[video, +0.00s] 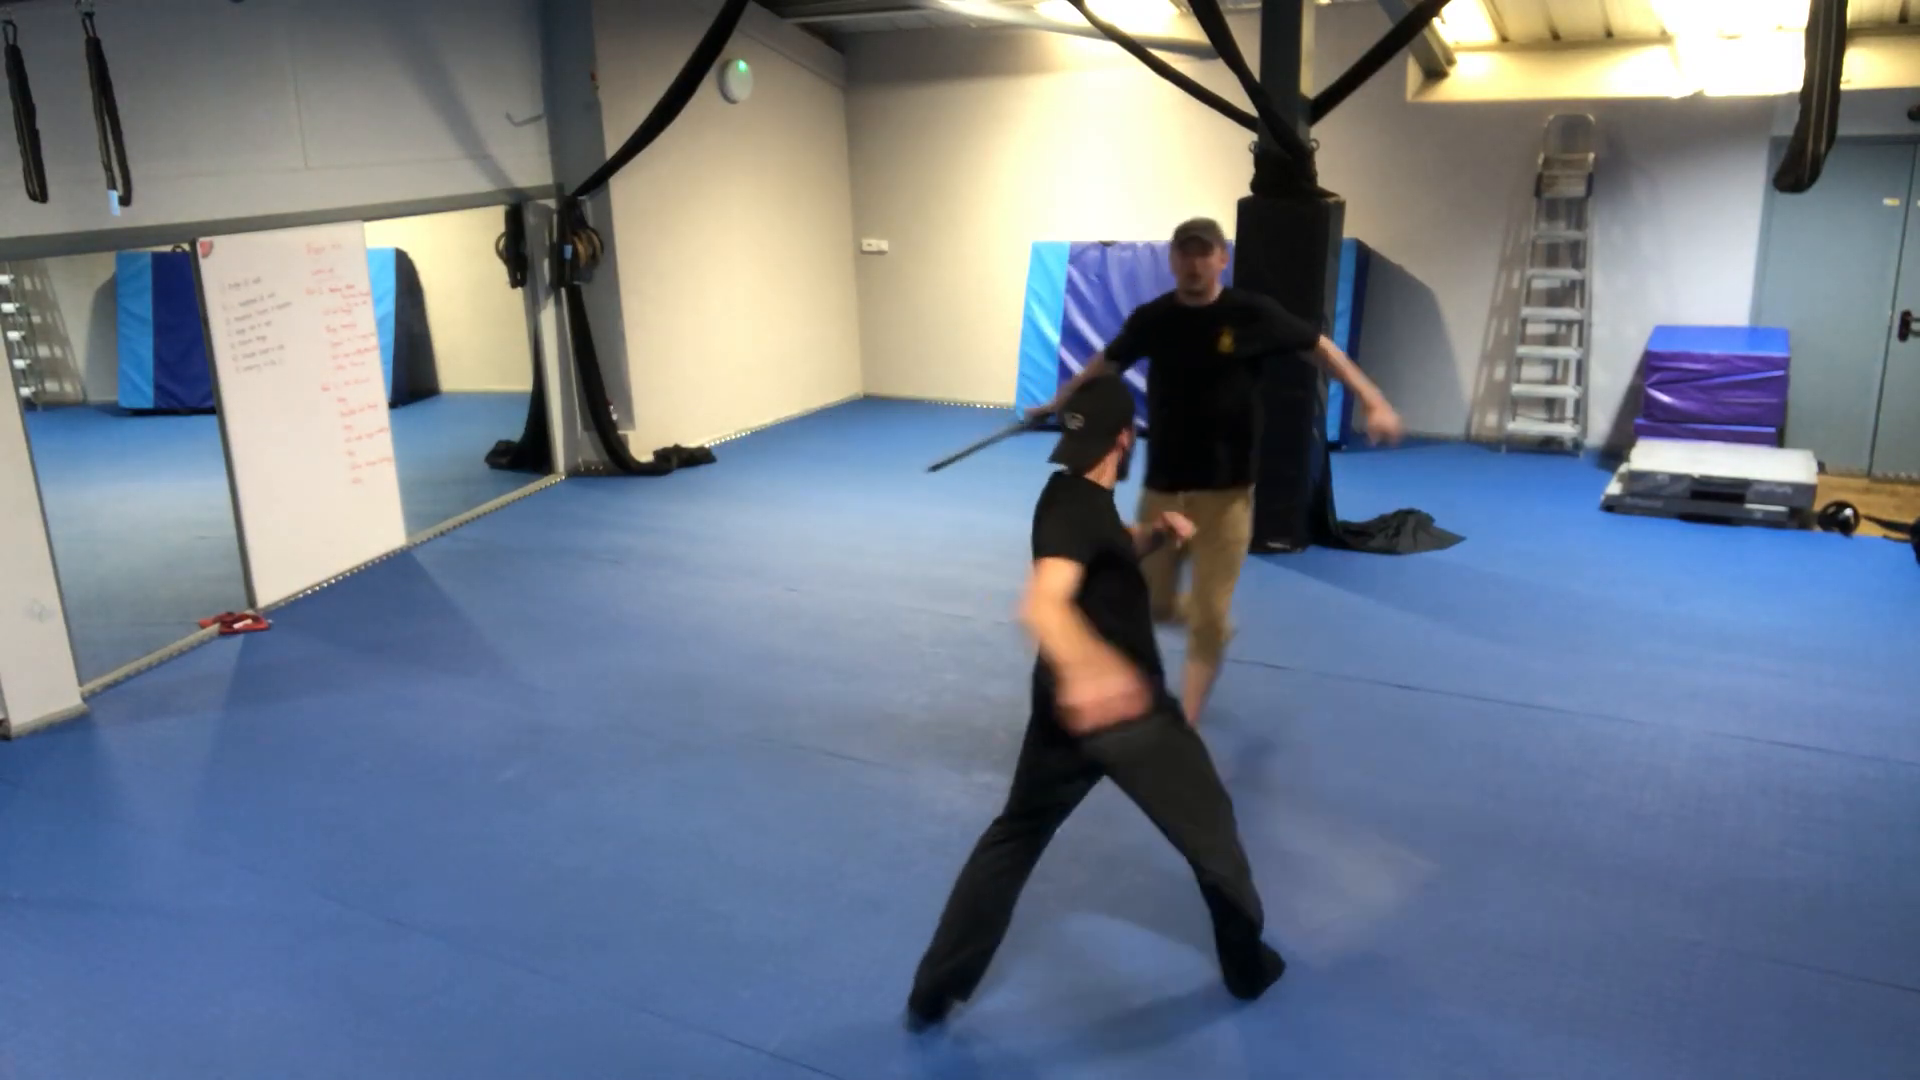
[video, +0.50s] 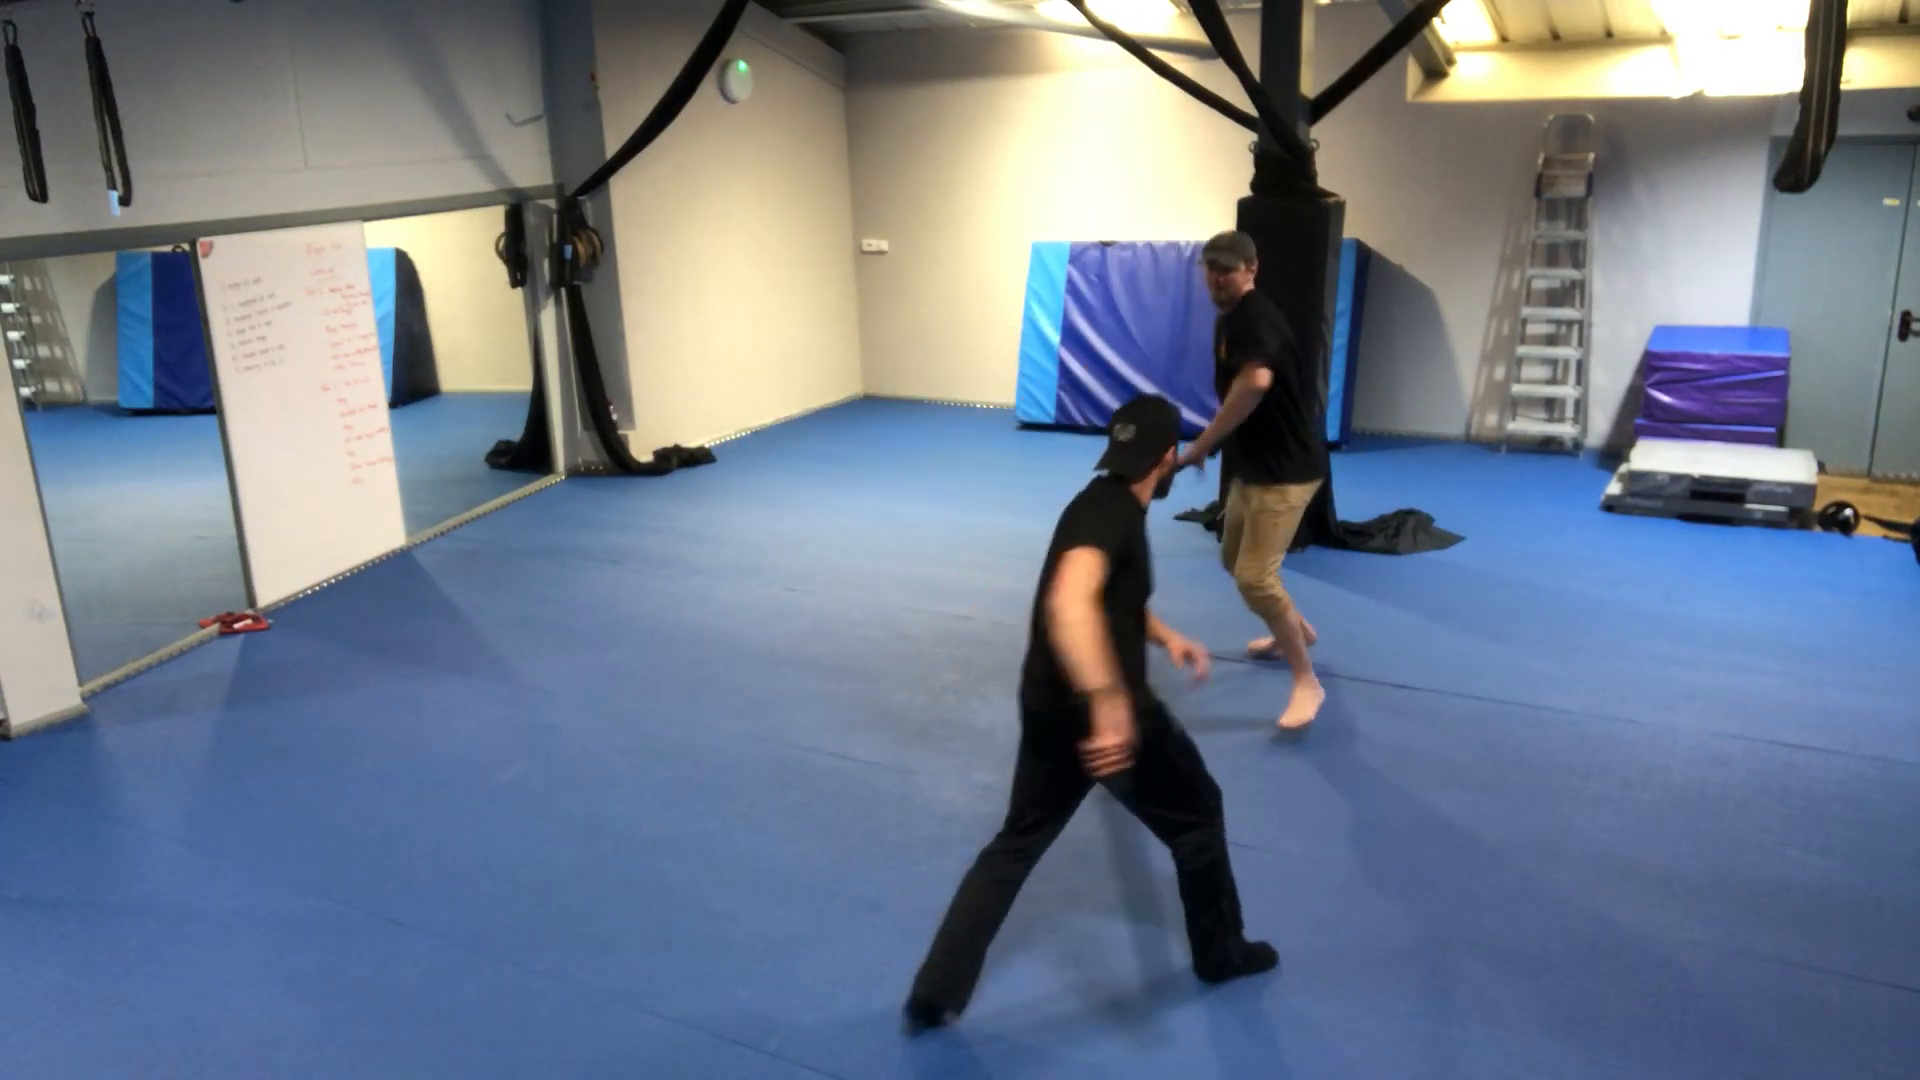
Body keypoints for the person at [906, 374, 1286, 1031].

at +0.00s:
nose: (1131, 441)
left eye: (1127, 430)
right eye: (1129, 432)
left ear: (1070, 434)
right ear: (1119, 442)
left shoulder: (1068, 495)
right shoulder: (1081, 506)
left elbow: (1102, 555)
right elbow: (1042, 604)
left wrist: (1151, 535)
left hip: (1068, 703)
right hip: (1125, 700)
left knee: (1015, 834)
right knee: (1209, 829)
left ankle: (934, 991)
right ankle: (1247, 966)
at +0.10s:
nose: (1150, 466)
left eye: (1150, 455)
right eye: (1149, 455)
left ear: (1093, 449)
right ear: (1133, 460)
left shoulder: (1084, 514)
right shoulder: (1071, 518)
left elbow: (1097, 572)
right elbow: (971, 593)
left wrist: (1156, 585)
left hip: (1049, 719)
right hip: (1103, 721)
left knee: (1005, 851)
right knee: (1197, 820)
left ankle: (927, 1002)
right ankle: (1243, 960)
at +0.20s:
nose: (1158, 481)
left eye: (1157, 470)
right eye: (1158, 471)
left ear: (1102, 463)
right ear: (1142, 477)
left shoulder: (1087, 530)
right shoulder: (1062, 528)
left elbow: (1068, 609)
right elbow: (952, 591)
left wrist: (1126, 640)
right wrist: (910, 682)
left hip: (1036, 725)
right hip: (1085, 727)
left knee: (1005, 860)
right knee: (1189, 820)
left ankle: (926, 1010)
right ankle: (1241, 957)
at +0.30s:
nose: (1162, 487)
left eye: (1162, 476)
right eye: (1162, 477)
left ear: (1107, 468)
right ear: (1147, 483)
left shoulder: (1090, 532)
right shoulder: (1068, 531)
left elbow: (1071, 617)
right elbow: (966, 601)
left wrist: (1118, 666)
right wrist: (935, 704)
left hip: (1032, 725)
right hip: (1078, 728)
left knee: (1012, 855)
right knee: (1187, 814)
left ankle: (926, 1003)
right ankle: (1232, 954)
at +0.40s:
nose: (1165, 478)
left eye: (1164, 468)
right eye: (1165, 468)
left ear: (1109, 462)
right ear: (1151, 475)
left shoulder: (1100, 524)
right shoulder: (1085, 524)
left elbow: (1086, 613)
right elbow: (1005, 613)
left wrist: (1141, 656)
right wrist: (1006, 718)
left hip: (1048, 724)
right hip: (1091, 725)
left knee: (1006, 858)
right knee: (1191, 814)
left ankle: (926, 1002)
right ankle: (1223, 954)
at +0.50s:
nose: (1176, 461)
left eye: (1173, 452)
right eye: (1176, 453)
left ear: (1116, 448)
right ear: (1165, 459)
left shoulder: (1105, 505)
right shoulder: (1112, 512)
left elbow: (1116, 595)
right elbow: (1069, 603)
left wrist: (1167, 637)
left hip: (1055, 704)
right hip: (1109, 704)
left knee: (1018, 840)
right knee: (1195, 812)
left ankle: (935, 992)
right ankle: (1219, 951)